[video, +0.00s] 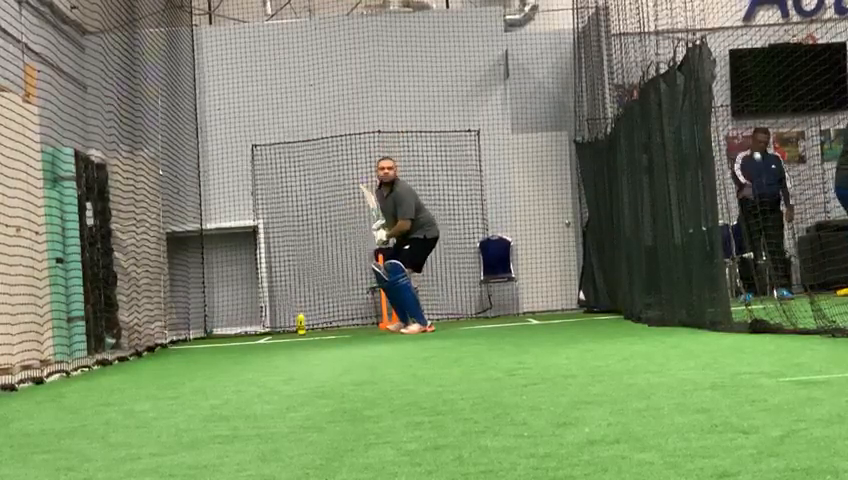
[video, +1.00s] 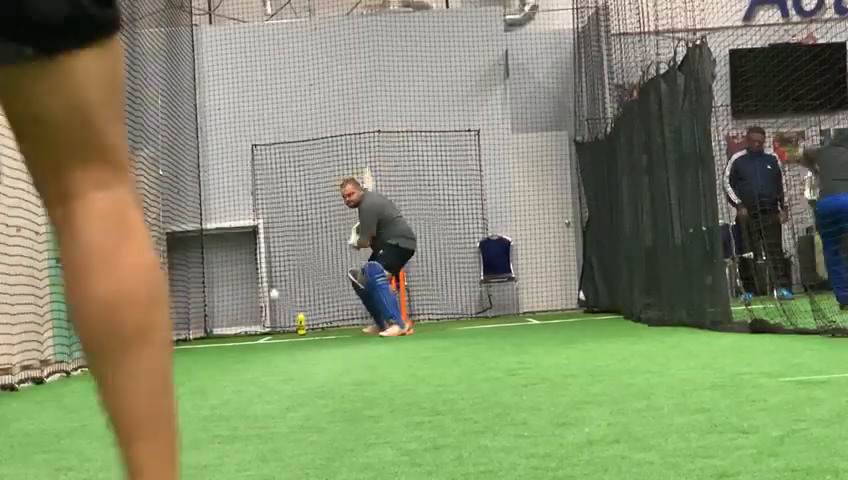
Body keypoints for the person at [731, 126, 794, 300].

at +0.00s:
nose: (762, 145)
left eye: (765, 142)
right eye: (759, 141)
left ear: (768, 142)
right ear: (752, 141)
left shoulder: (775, 159)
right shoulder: (742, 159)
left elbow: (783, 184)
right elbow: (737, 175)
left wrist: (788, 205)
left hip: (772, 207)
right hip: (751, 208)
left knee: (776, 247)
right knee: (751, 248)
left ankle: (781, 286)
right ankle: (752, 289)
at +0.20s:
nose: (762, 146)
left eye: (765, 143)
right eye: (759, 143)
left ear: (769, 143)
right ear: (752, 142)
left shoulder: (775, 159)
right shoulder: (743, 159)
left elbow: (782, 184)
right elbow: (739, 181)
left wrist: (787, 205)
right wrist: (757, 199)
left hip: (773, 209)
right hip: (751, 211)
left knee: (776, 248)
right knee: (754, 249)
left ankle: (782, 286)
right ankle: (756, 289)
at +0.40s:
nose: (763, 145)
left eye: (765, 142)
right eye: (759, 142)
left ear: (768, 143)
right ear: (752, 141)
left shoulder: (774, 159)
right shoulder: (742, 159)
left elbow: (781, 184)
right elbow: (733, 181)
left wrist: (785, 207)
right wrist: (748, 202)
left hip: (772, 210)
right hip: (751, 210)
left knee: (776, 248)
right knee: (750, 250)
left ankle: (782, 286)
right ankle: (750, 289)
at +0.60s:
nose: (762, 145)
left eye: (765, 142)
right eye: (759, 142)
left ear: (768, 142)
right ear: (750, 141)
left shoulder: (774, 160)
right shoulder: (739, 160)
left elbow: (781, 185)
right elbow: (728, 182)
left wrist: (785, 207)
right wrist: (738, 204)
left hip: (772, 210)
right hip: (749, 211)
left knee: (776, 248)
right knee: (750, 250)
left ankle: (781, 286)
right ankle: (751, 289)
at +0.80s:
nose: (760, 145)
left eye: (763, 142)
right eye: (756, 141)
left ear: (766, 142)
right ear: (749, 141)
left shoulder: (773, 159)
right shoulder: (738, 159)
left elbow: (780, 184)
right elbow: (727, 183)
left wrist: (785, 206)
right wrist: (737, 205)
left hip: (771, 211)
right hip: (748, 212)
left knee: (776, 249)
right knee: (748, 251)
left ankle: (781, 286)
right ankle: (750, 289)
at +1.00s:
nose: (757, 145)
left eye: (760, 141)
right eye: (754, 141)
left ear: (764, 142)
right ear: (747, 142)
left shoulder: (772, 159)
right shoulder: (737, 159)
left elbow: (780, 184)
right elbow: (726, 183)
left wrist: (783, 206)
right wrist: (738, 205)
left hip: (771, 210)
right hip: (748, 212)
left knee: (775, 249)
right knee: (747, 251)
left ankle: (781, 286)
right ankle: (749, 290)